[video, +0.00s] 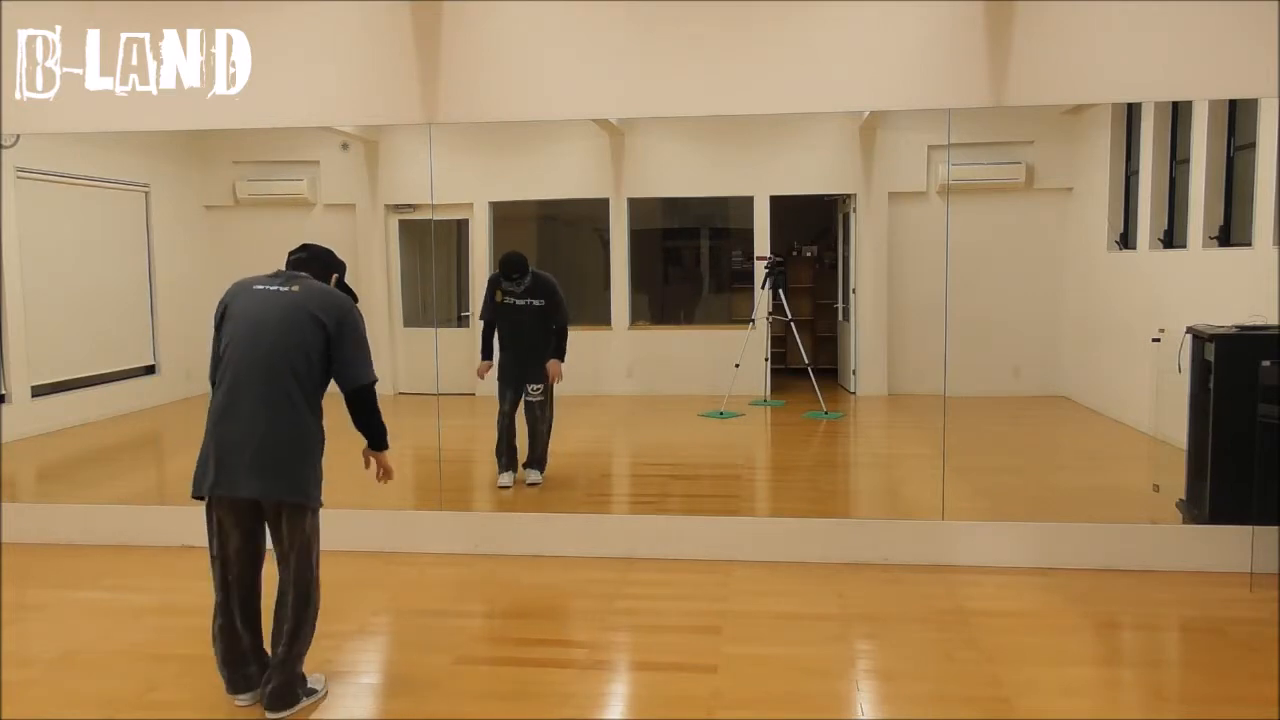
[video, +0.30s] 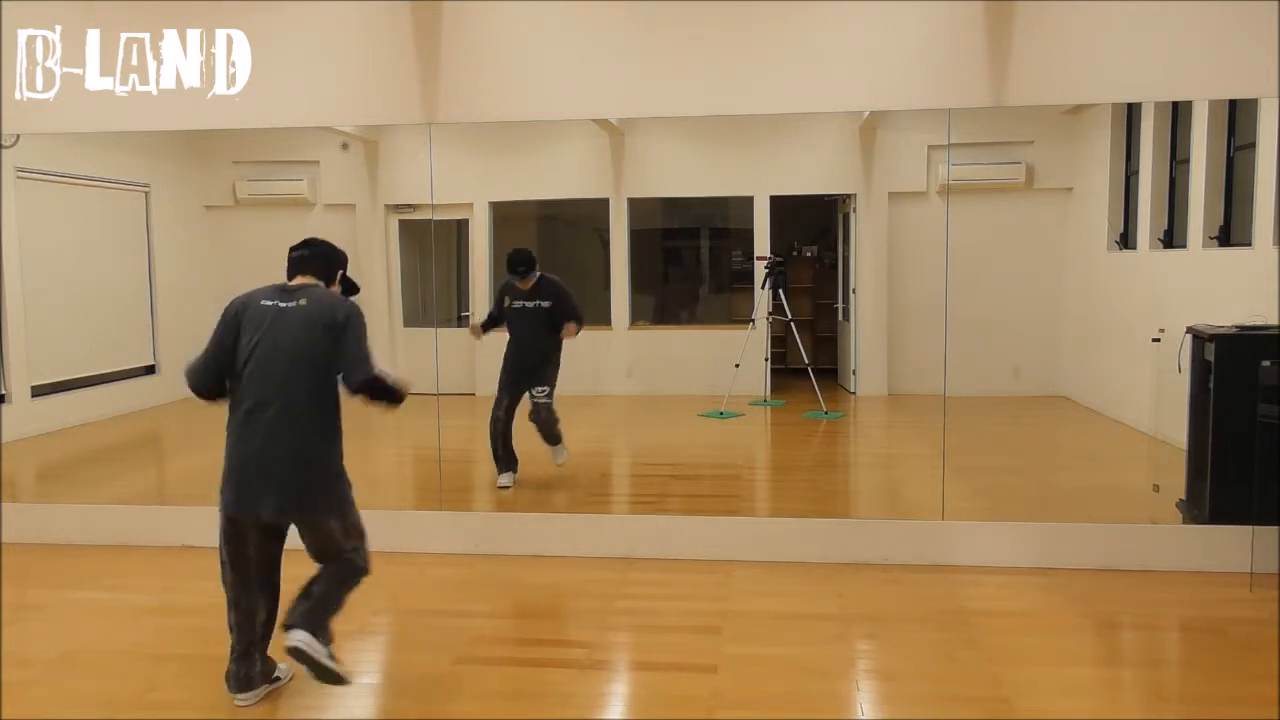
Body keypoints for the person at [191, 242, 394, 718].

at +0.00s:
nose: (340, 294)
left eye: (340, 289)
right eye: (340, 287)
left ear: (288, 269)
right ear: (329, 279)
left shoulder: (237, 292)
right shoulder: (336, 305)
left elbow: (220, 372)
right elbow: (357, 385)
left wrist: (243, 423)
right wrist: (377, 444)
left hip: (225, 452)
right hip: (289, 456)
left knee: (233, 570)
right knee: (298, 573)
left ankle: (242, 677)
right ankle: (283, 688)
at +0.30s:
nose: (343, 288)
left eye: (341, 283)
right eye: (343, 282)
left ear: (289, 275)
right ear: (334, 279)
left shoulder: (244, 305)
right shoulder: (341, 310)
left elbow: (203, 379)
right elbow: (359, 377)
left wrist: (245, 381)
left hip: (246, 470)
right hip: (311, 468)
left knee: (248, 577)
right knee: (346, 557)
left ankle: (248, 676)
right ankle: (308, 625)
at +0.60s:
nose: (366, 268)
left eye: (365, 263)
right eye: (365, 261)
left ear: (309, 259)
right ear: (358, 260)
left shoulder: (271, 306)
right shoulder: (382, 299)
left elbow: (224, 358)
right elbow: (457, 345)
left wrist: (188, 381)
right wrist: (527, 374)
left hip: (302, 469)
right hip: (374, 468)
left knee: (305, 562)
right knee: (388, 581)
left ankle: (304, 660)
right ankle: (418, 709)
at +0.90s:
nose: (379, 265)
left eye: (379, 258)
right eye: (379, 257)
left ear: (322, 251)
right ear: (369, 253)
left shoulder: (275, 297)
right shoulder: (377, 290)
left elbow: (268, 383)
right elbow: (384, 374)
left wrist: (319, 371)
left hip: (284, 470)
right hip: (351, 465)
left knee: (305, 601)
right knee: (396, 561)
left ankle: (324, 711)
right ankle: (369, 668)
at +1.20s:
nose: (363, 286)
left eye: (364, 279)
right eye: (364, 277)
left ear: (314, 260)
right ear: (355, 269)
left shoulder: (268, 293)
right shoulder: (353, 301)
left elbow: (291, 379)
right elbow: (362, 385)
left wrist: (364, 405)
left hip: (261, 476)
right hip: (329, 477)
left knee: (286, 596)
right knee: (336, 585)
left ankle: (316, 706)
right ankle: (326, 676)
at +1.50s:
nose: (319, 292)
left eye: (320, 284)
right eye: (319, 283)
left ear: (270, 268)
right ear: (308, 274)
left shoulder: (213, 301)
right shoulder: (311, 310)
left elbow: (154, 365)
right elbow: (349, 369)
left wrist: (202, 388)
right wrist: (381, 365)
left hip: (225, 464)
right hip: (289, 465)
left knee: (243, 553)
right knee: (334, 564)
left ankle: (205, 654)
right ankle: (321, 678)